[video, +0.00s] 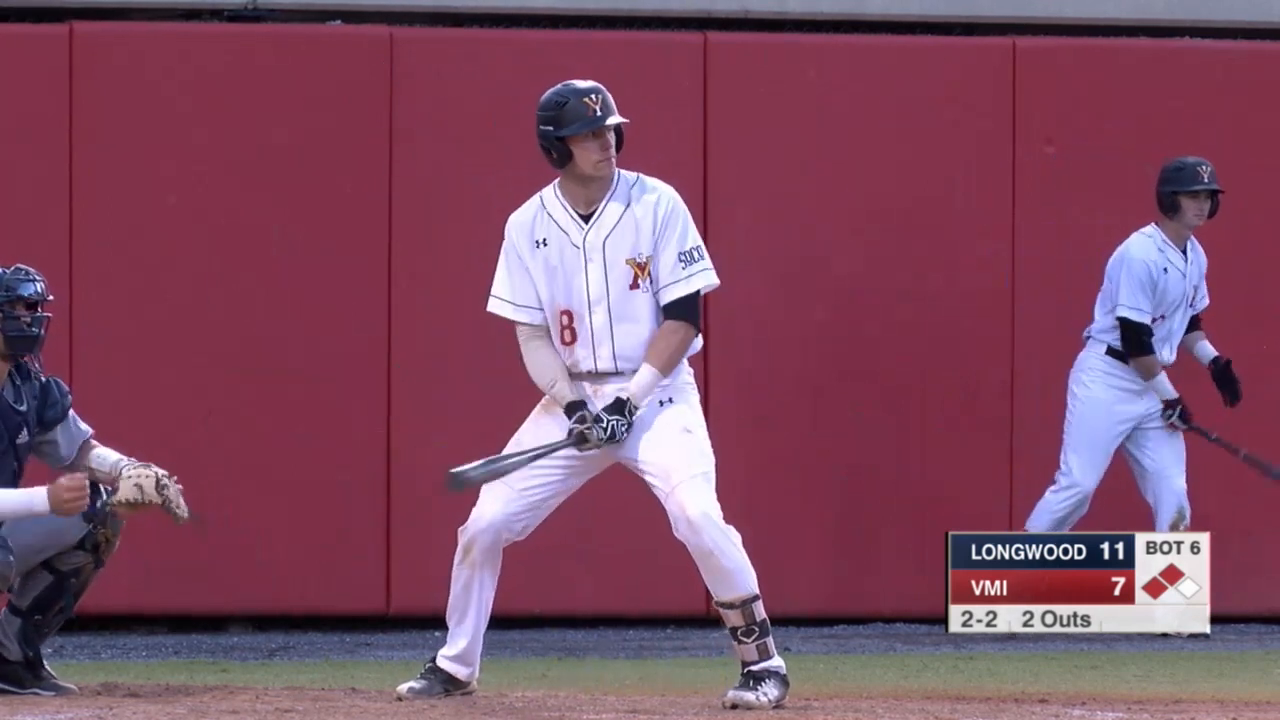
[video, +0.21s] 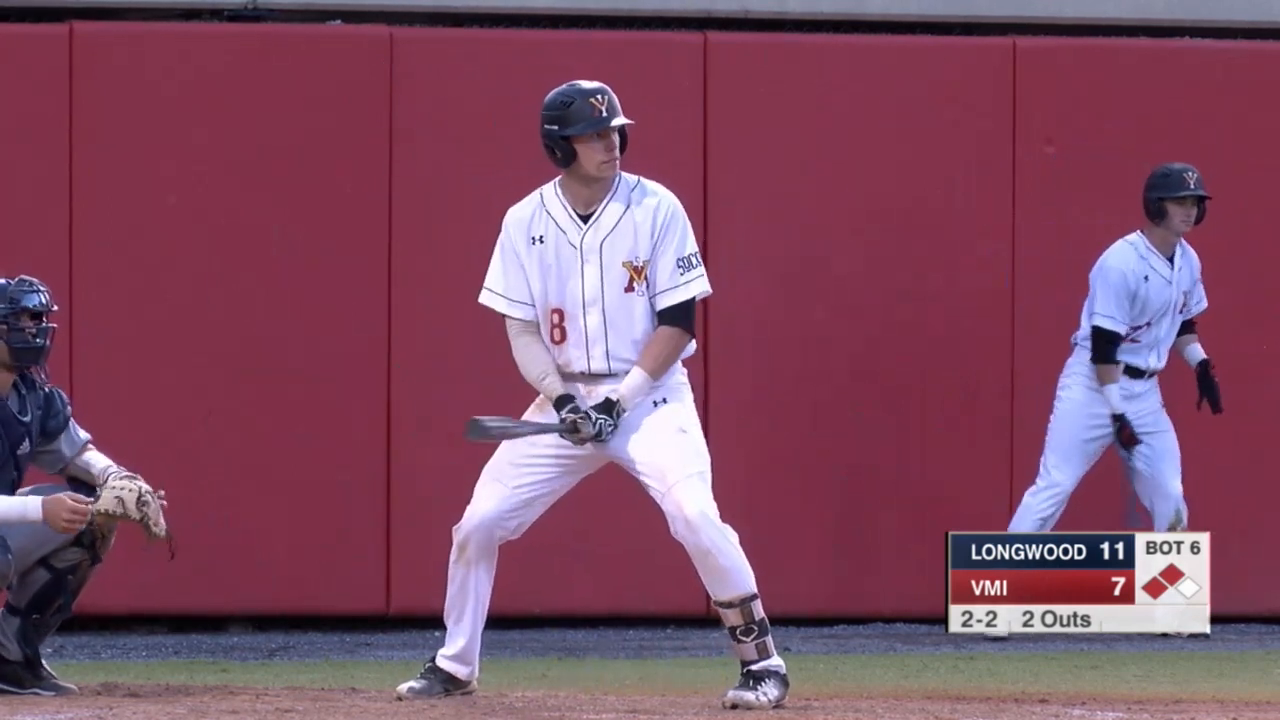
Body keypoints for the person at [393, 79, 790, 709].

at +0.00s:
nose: (605, 144)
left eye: (609, 132)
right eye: (589, 136)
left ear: (617, 133)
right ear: (557, 145)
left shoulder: (658, 204)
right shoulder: (526, 225)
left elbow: (683, 319)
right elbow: (532, 337)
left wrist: (631, 400)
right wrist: (575, 406)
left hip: (658, 397)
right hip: (570, 403)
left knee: (697, 516)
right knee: (483, 526)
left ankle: (762, 666)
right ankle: (454, 666)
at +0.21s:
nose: (610, 145)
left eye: (614, 133)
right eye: (595, 137)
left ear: (621, 134)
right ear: (560, 145)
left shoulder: (657, 208)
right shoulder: (524, 221)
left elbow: (678, 322)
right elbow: (523, 335)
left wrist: (619, 399)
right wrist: (561, 399)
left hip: (651, 398)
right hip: (561, 403)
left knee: (693, 515)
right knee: (477, 526)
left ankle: (762, 665)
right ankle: (454, 666)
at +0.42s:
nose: (603, 150)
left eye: (608, 138)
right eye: (587, 140)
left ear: (615, 140)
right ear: (554, 147)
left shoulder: (643, 213)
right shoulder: (515, 219)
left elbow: (643, 332)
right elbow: (498, 314)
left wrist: (568, 386)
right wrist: (507, 378)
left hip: (637, 403)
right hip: (549, 410)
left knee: (687, 516)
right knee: (467, 526)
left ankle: (762, 666)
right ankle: (453, 666)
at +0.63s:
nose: (592, 151)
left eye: (596, 139)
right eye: (576, 141)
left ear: (604, 140)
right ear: (544, 147)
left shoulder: (628, 214)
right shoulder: (508, 214)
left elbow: (596, 328)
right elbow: (471, 299)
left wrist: (507, 350)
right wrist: (457, 324)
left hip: (632, 401)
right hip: (547, 402)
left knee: (682, 517)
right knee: (462, 524)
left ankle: (760, 665)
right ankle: (453, 666)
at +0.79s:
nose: (591, 155)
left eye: (596, 143)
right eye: (575, 146)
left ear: (605, 143)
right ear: (544, 152)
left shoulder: (626, 216)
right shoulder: (511, 214)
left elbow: (563, 315)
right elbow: (467, 267)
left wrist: (471, 298)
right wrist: (448, 267)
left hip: (634, 404)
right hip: (550, 405)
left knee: (683, 520)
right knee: (461, 527)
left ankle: (761, 665)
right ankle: (453, 667)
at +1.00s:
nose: (604, 161)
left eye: (608, 150)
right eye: (588, 152)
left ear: (616, 151)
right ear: (557, 158)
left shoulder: (634, 218)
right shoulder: (523, 210)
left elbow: (552, 291)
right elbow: (445, 245)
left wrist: (476, 246)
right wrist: (458, 220)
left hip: (639, 410)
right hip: (556, 411)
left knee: (687, 523)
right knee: (464, 529)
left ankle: (762, 665)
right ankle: (452, 667)